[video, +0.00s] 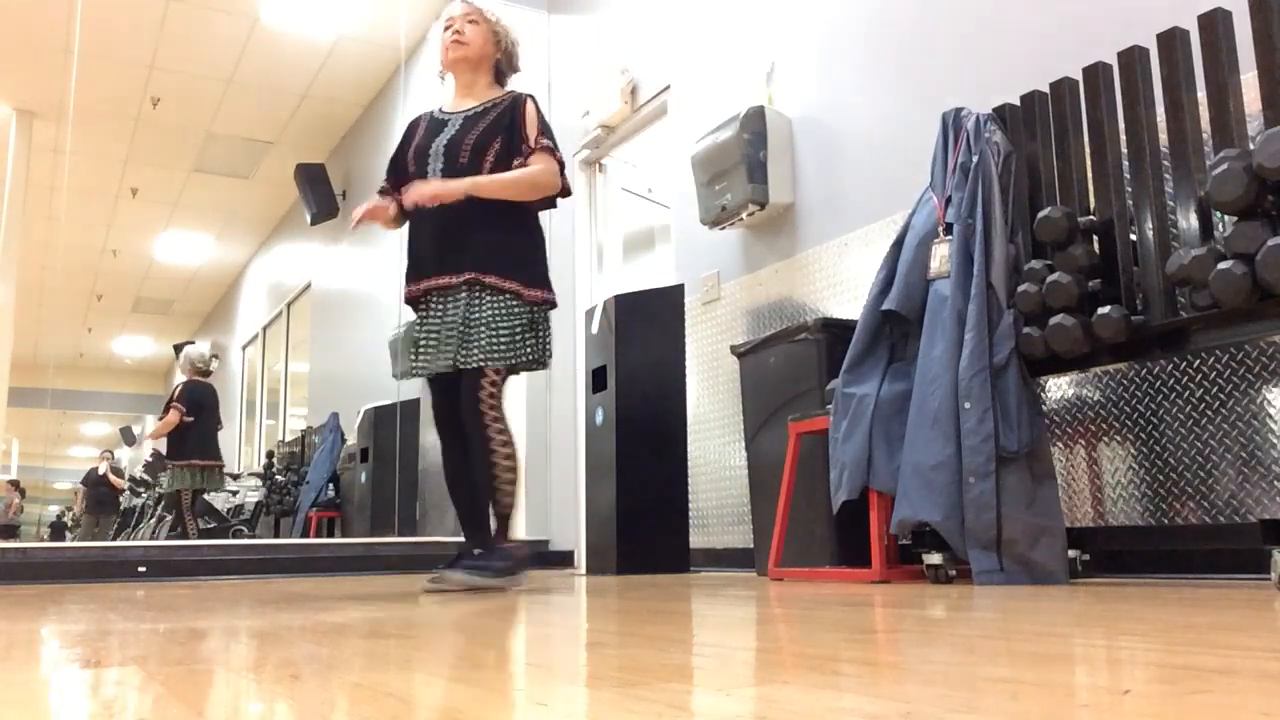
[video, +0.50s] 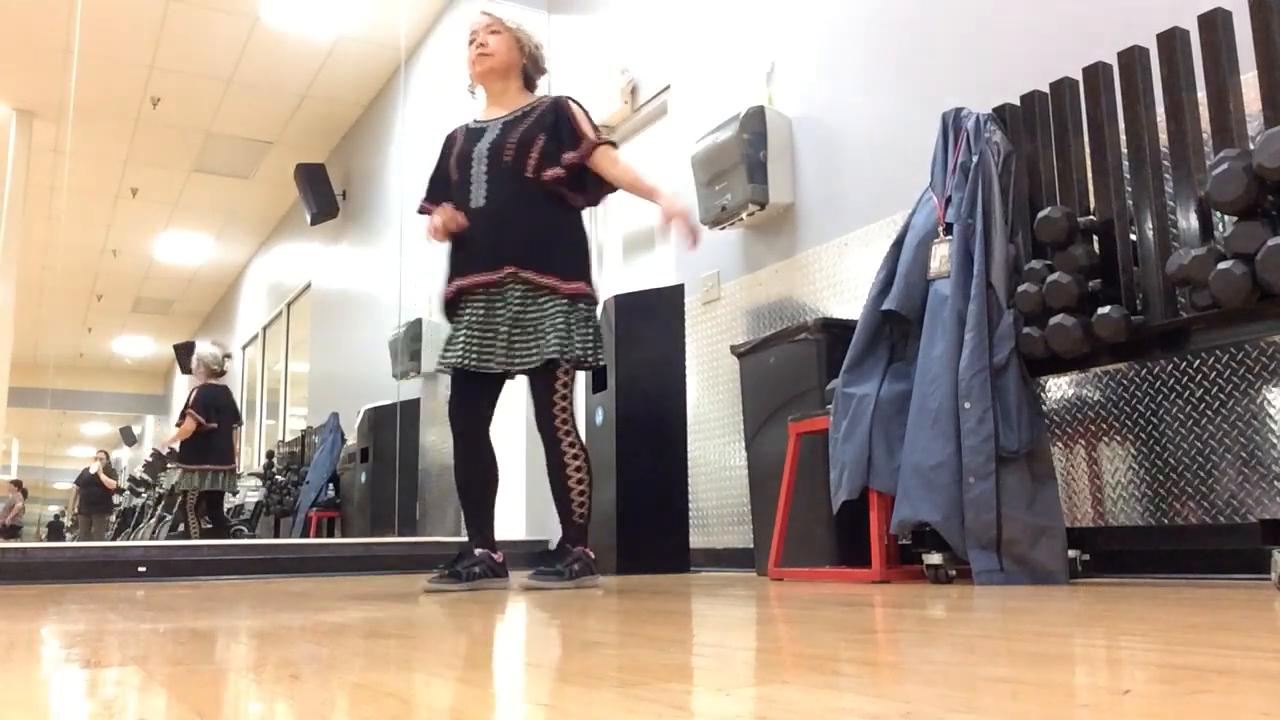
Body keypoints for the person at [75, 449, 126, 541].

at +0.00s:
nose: (105, 461)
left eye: (108, 459)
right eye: (103, 458)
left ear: (112, 460)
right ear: (99, 459)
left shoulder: (117, 471)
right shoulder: (92, 471)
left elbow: (122, 485)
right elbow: (82, 489)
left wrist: (109, 473)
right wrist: (79, 505)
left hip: (108, 512)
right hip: (90, 511)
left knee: (101, 540)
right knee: (83, 538)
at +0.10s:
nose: (105, 461)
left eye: (107, 459)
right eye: (103, 458)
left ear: (112, 460)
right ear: (99, 459)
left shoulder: (117, 471)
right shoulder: (92, 471)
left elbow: (121, 485)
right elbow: (83, 489)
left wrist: (108, 473)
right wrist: (79, 506)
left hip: (108, 512)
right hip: (90, 510)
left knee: (101, 540)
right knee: (83, 538)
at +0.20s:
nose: (104, 461)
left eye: (107, 459)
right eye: (102, 458)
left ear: (111, 460)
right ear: (98, 459)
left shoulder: (116, 471)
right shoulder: (91, 471)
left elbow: (120, 486)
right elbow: (82, 489)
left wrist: (107, 473)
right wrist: (78, 506)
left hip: (107, 511)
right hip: (89, 510)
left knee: (101, 540)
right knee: (82, 538)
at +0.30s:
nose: (102, 461)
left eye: (105, 459)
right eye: (100, 458)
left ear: (110, 460)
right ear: (97, 459)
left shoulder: (114, 471)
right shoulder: (90, 471)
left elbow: (118, 485)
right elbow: (80, 490)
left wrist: (105, 473)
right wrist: (76, 506)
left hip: (105, 512)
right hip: (87, 511)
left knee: (100, 540)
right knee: (83, 539)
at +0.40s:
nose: (101, 461)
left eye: (104, 459)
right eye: (99, 458)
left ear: (109, 460)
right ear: (96, 459)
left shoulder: (114, 472)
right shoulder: (88, 471)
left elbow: (117, 485)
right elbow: (79, 490)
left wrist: (103, 473)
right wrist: (75, 507)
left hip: (105, 511)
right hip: (87, 511)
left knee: (100, 540)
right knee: (83, 538)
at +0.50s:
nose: (98, 461)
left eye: (101, 459)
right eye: (96, 458)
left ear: (107, 460)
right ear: (93, 459)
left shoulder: (110, 471)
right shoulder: (86, 471)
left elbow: (113, 486)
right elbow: (75, 488)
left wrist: (100, 473)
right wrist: (72, 507)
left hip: (101, 510)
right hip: (84, 510)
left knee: (98, 537)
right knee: (83, 537)